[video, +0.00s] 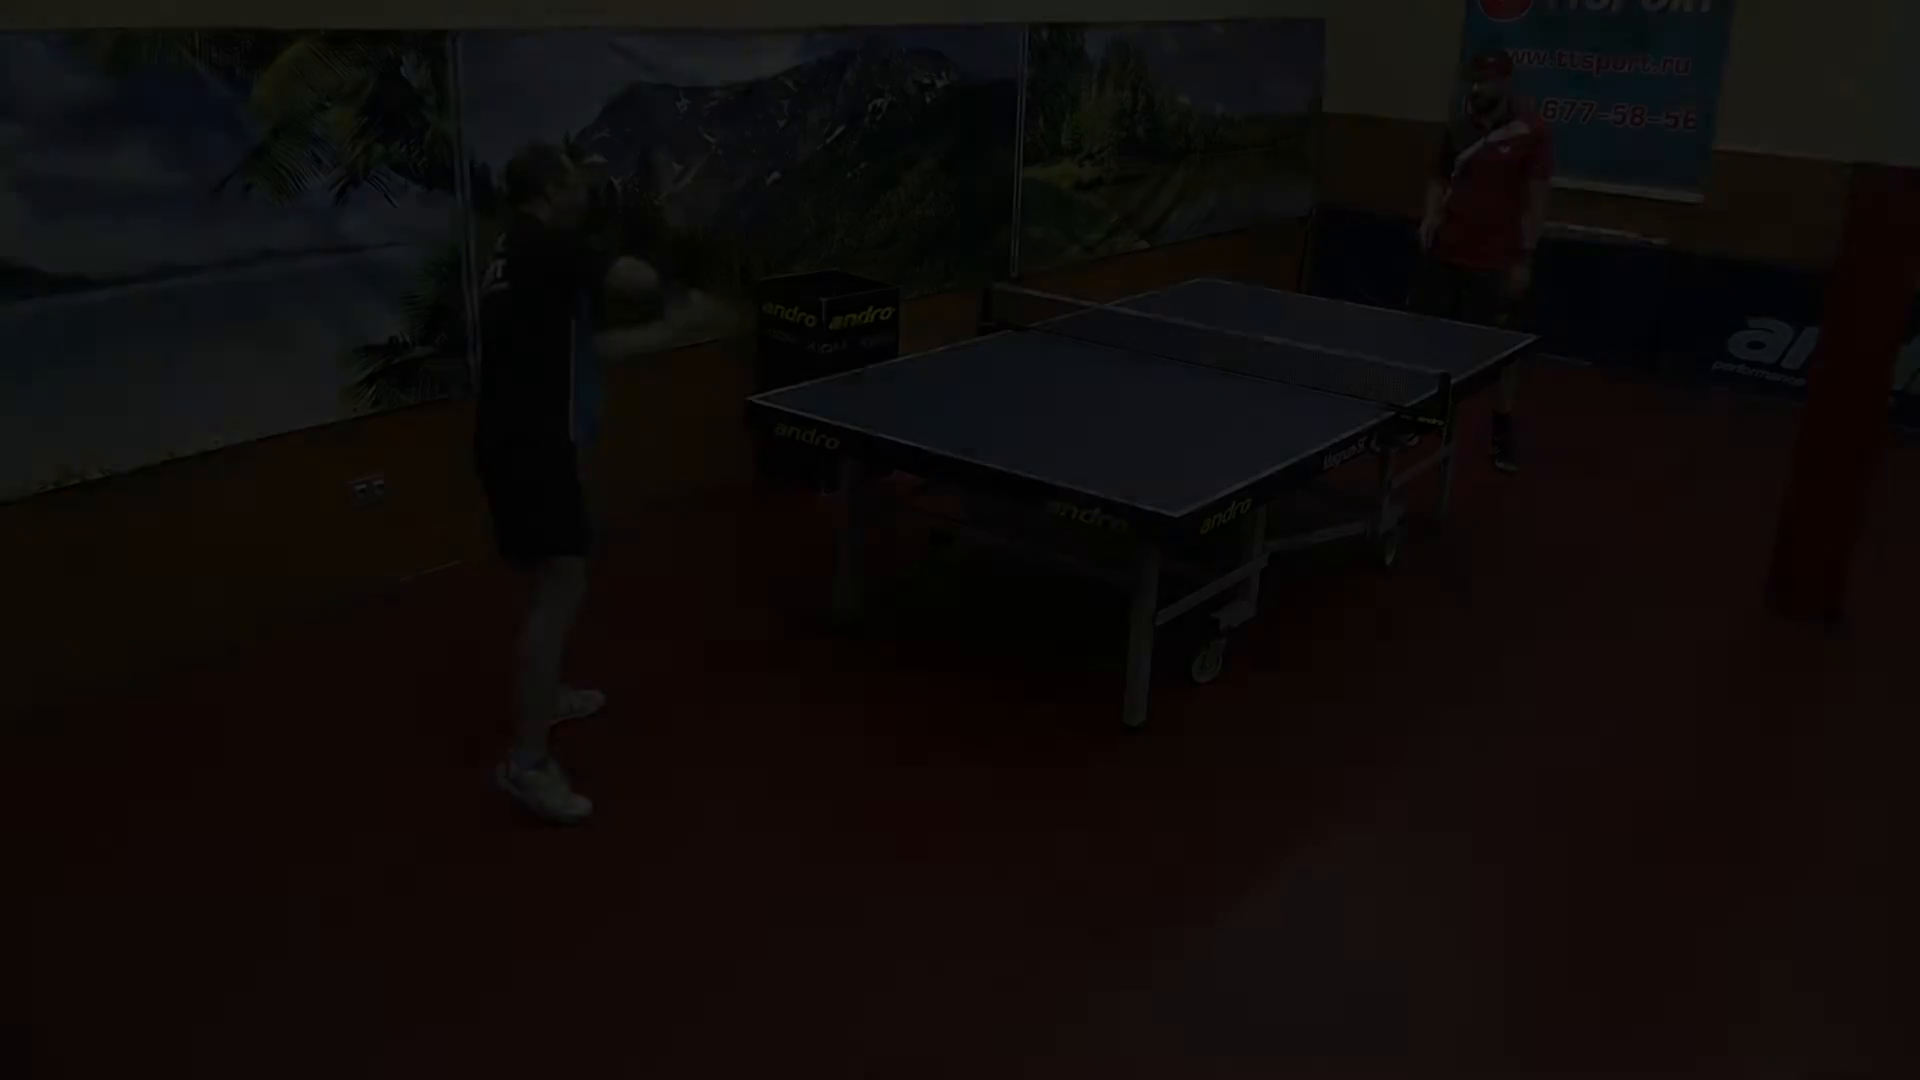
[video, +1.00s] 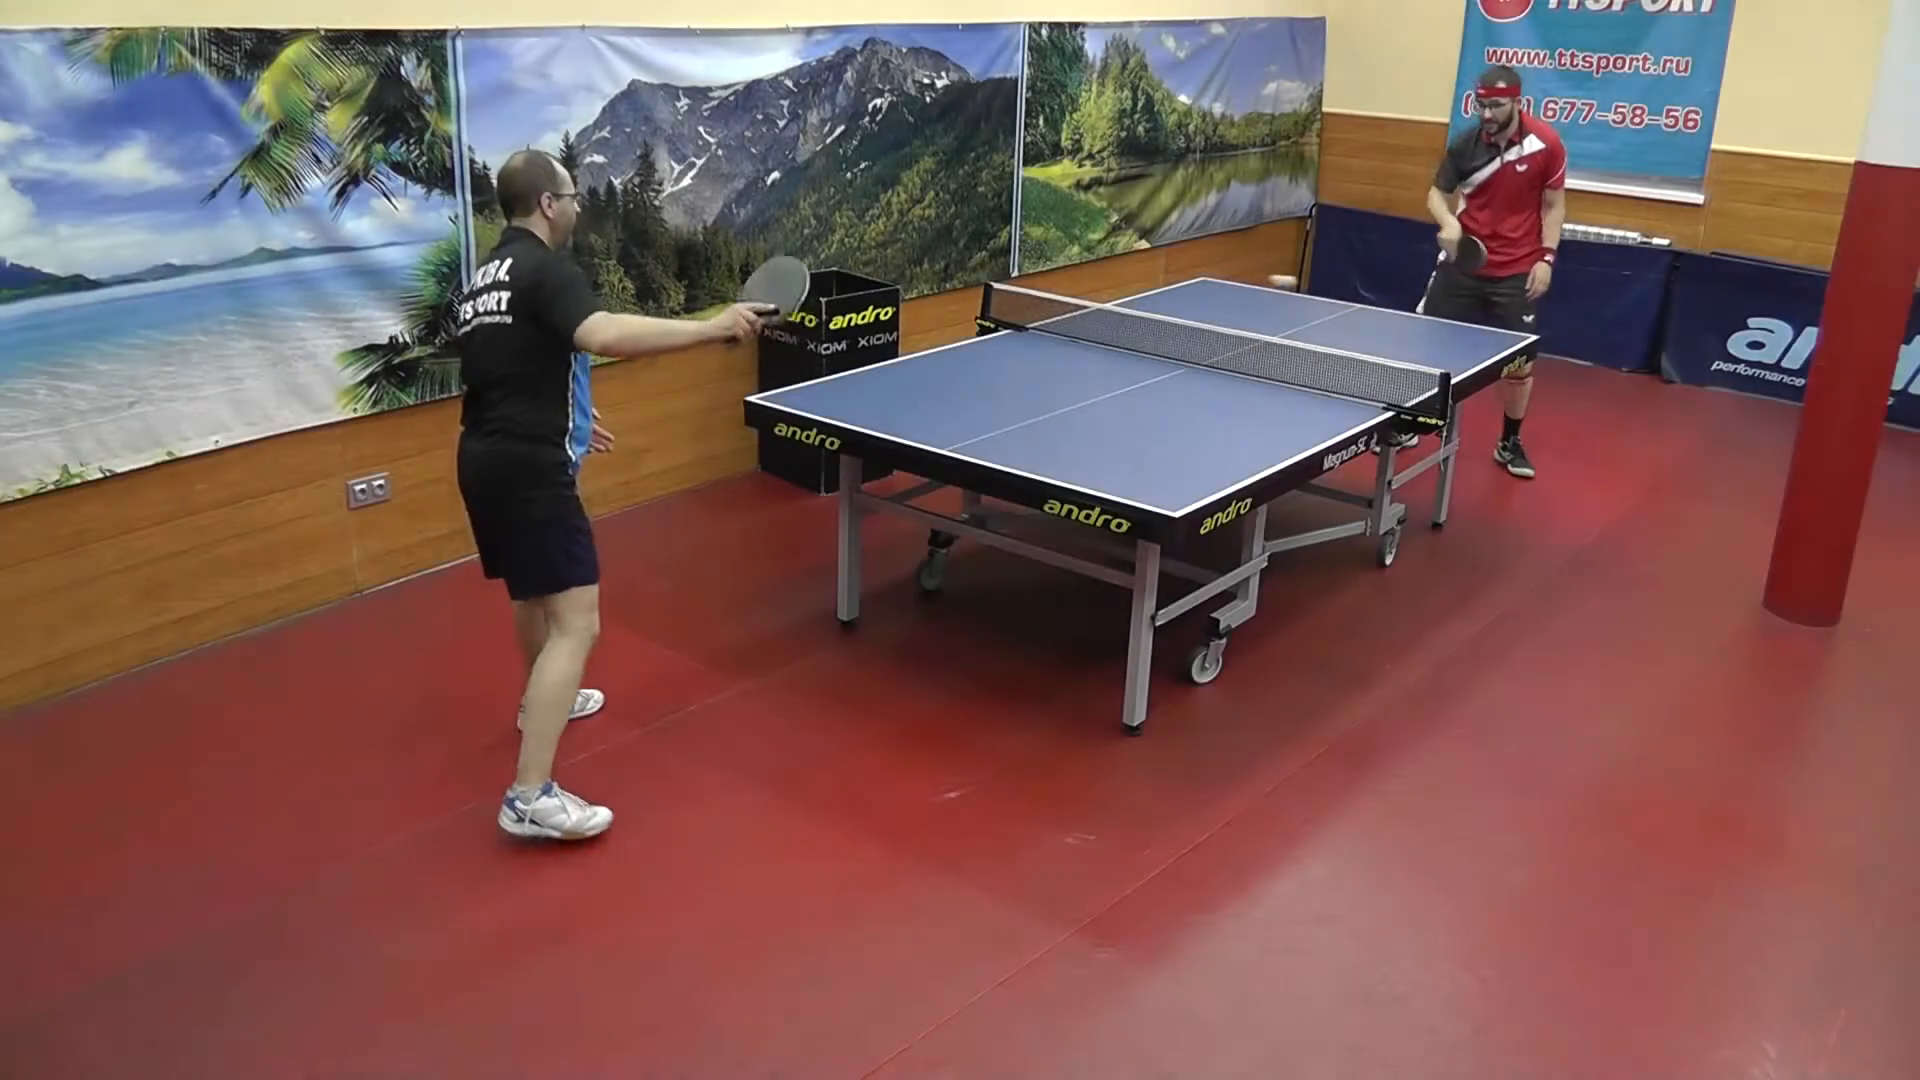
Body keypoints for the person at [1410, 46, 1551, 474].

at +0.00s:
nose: (1483, 95)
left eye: (1492, 86)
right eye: (1477, 86)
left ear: (1508, 86)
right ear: (1468, 87)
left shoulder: (1530, 136)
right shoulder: (1458, 129)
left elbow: (1535, 202)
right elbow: (1440, 182)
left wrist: (1523, 259)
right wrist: (1430, 224)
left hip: (1499, 257)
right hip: (1450, 252)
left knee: (1500, 346)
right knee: (1438, 337)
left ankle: (1502, 432)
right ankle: (1431, 417)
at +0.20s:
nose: (1479, 90)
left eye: (1487, 83)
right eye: (1474, 83)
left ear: (1507, 83)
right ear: (1469, 83)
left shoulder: (1535, 134)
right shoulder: (1460, 127)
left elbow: (1542, 202)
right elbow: (1441, 179)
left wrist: (1546, 263)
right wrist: (1430, 216)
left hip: (1498, 265)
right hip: (1445, 258)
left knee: (1504, 352)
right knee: (1425, 338)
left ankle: (1501, 437)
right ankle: (1420, 416)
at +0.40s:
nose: (1477, 91)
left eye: (1486, 83)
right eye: (1473, 83)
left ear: (1507, 84)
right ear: (1468, 84)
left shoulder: (1536, 135)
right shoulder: (1460, 129)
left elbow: (1544, 201)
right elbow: (1441, 180)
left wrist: (1546, 263)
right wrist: (1431, 215)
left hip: (1498, 268)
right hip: (1443, 259)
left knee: (1506, 354)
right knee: (1419, 337)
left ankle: (1501, 436)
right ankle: (1415, 415)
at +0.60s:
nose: (1477, 92)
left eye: (1486, 85)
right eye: (1472, 84)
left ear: (1507, 86)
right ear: (1467, 84)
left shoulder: (1536, 135)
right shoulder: (1461, 129)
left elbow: (1542, 200)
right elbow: (1441, 180)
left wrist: (1531, 261)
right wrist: (1428, 215)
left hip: (1498, 268)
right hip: (1444, 259)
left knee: (1504, 355)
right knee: (1420, 338)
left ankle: (1502, 437)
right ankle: (1414, 416)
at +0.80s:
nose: (1476, 95)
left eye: (1485, 87)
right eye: (1472, 86)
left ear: (1506, 89)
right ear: (1467, 87)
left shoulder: (1537, 137)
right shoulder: (1459, 132)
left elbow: (1544, 201)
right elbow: (1438, 180)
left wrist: (1528, 256)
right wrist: (1423, 208)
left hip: (1499, 270)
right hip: (1447, 261)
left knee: (1507, 357)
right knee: (1421, 339)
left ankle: (1502, 438)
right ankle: (1416, 416)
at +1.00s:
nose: (1488, 114)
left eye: (1497, 105)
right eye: (1482, 105)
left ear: (1518, 102)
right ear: (1476, 102)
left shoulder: (1547, 146)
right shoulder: (1466, 144)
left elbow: (1554, 205)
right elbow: (1436, 193)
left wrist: (1547, 258)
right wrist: (1448, 223)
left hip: (1515, 274)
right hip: (1460, 268)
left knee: (1521, 362)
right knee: (1426, 343)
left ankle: (1510, 442)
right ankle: (1412, 416)